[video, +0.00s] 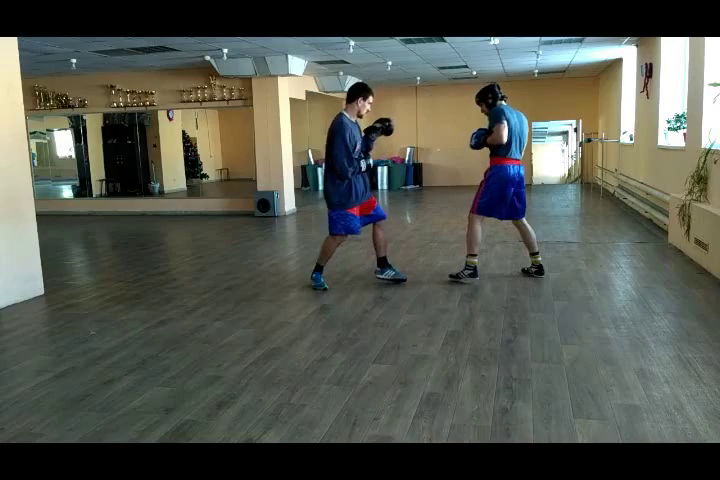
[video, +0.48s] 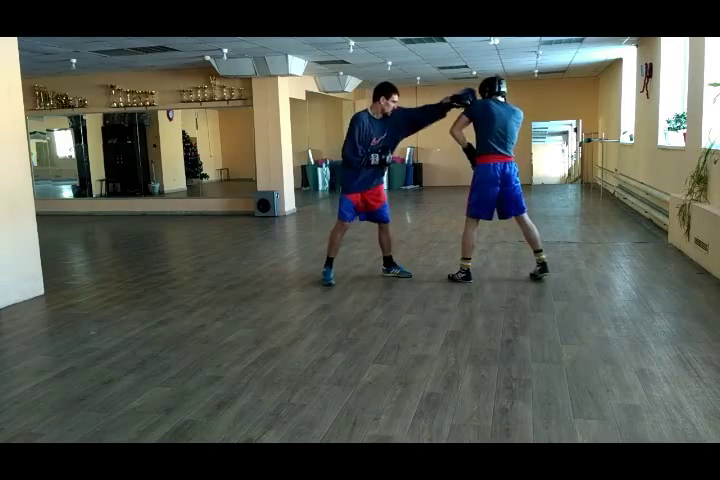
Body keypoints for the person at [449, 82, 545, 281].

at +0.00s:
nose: (482, 110)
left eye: (481, 106)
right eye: (480, 106)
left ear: (488, 101)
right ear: (499, 98)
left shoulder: (498, 111)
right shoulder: (520, 116)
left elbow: (500, 137)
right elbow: (519, 144)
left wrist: (484, 139)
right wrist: (491, 136)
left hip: (498, 172)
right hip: (518, 172)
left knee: (475, 217)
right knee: (519, 219)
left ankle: (470, 267)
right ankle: (537, 264)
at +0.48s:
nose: (481, 95)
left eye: (482, 92)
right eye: (482, 92)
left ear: (485, 92)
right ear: (504, 93)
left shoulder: (479, 105)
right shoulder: (517, 113)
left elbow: (455, 130)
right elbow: (506, 136)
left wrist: (468, 149)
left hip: (486, 171)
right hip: (510, 170)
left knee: (472, 222)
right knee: (522, 217)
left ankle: (465, 270)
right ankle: (542, 263)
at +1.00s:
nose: (486, 104)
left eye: (486, 100)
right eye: (485, 101)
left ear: (491, 98)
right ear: (507, 96)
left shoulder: (491, 113)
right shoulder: (528, 117)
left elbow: (482, 144)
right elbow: (527, 153)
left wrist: (473, 142)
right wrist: (510, 144)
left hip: (494, 176)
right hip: (519, 176)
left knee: (472, 223)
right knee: (528, 223)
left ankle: (457, 271)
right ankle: (544, 270)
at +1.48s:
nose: (441, 123)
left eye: (439, 119)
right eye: (438, 120)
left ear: (446, 113)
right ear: (452, 109)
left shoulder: (471, 123)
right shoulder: (471, 121)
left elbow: (476, 159)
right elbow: (470, 150)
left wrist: (455, 147)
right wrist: (459, 161)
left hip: (480, 179)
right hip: (492, 176)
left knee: (453, 223)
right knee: (499, 222)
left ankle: (448, 274)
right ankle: (536, 256)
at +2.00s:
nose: (499, 105)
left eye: (499, 102)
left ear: (503, 100)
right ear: (523, 97)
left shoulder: (502, 116)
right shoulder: (542, 117)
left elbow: (496, 149)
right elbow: (544, 154)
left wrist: (487, 143)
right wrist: (526, 143)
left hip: (504, 178)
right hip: (530, 178)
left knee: (480, 225)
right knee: (541, 228)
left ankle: (465, 270)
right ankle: (553, 276)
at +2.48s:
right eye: (522, 94)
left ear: (500, 94)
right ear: (523, 94)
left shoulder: (489, 110)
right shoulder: (534, 110)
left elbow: (477, 142)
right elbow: (538, 148)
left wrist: (485, 124)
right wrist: (521, 134)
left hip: (495, 173)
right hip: (521, 172)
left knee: (489, 224)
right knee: (537, 225)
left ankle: (486, 273)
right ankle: (549, 276)